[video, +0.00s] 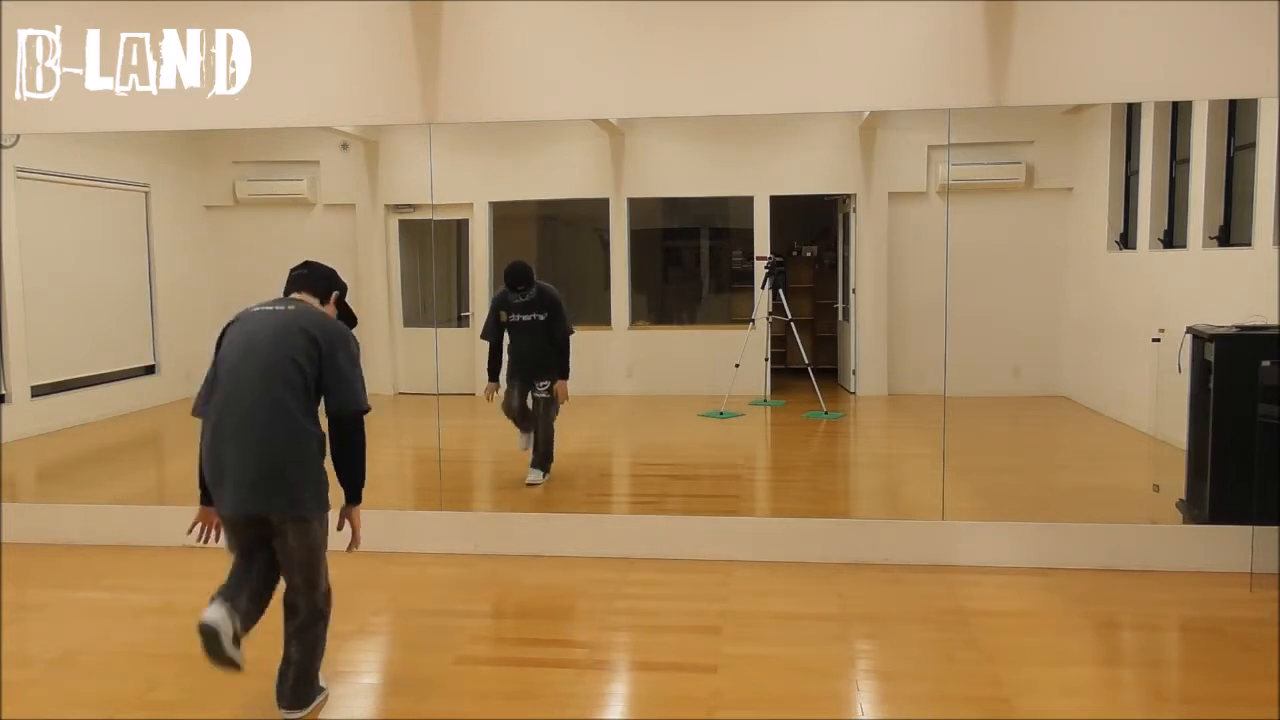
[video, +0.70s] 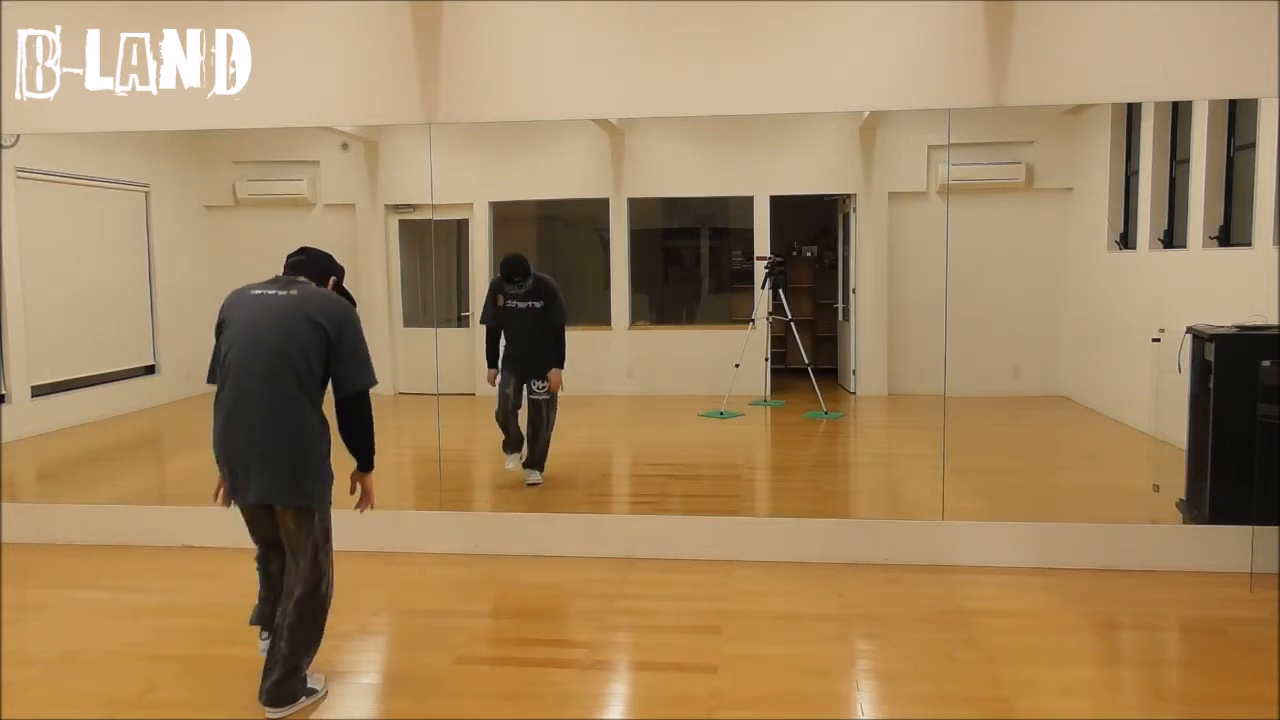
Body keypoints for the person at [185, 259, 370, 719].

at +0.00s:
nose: (335, 318)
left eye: (337, 312)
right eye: (338, 311)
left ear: (289, 293)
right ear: (330, 300)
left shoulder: (239, 323)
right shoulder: (329, 331)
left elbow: (210, 414)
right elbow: (347, 416)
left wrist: (208, 495)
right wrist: (352, 497)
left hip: (228, 466)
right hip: (291, 468)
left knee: (256, 552)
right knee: (307, 587)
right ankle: (297, 692)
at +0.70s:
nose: (338, 297)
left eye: (339, 293)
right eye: (339, 291)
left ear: (286, 275)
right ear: (328, 283)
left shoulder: (237, 301)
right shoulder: (334, 308)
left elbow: (225, 388)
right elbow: (352, 396)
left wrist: (226, 461)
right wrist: (364, 464)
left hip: (238, 452)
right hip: (295, 453)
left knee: (270, 548)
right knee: (308, 571)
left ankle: (269, 625)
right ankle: (283, 687)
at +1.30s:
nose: (343, 288)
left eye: (341, 283)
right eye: (343, 282)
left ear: (289, 275)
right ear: (334, 279)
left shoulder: (244, 305)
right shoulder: (341, 310)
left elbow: (203, 379)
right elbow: (359, 377)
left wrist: (245, 381)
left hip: (246, 470)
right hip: (311, 468)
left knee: (248, 577)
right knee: (346, 557)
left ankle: (248, 676)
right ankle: (308, 625)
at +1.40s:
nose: (348, 268)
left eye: (346, 263)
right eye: (348, 262)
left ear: (293, 257)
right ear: (342, 261)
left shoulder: (250, 296)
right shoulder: (350, 292)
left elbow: (179, 346)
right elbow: (400, 330)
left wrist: (234, 335)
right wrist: (444, 341)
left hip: (261, 468)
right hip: (329, 467)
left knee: (254, 577)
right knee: (382, 563)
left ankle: (248, 676)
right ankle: (372, 661)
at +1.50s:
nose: (355, 262)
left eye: (353, 257)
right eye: (355, 256)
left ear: (300, 253)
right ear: (348, 255)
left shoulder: (260, 295)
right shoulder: (367, 286)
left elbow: (199, 333)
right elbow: (444, 316)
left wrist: (174, 353)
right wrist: (511, 336)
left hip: (284, 465)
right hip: (355, 463)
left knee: (271, 558)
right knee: (391, 576)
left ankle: (266, 665)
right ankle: (422, 698)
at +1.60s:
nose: (366, 268)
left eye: (365, 263)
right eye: (365, 261)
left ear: (309, 259)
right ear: (358, 260)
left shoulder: (271, 306)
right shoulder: (382, 299)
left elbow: (224, 358)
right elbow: (457, 345)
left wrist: (188, 381)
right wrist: (527, 374)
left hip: (302, 469)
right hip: (374, 468)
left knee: (305, 562)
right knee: (388, 581)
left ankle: (304, 660)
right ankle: (418, 709)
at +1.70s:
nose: (371, 271)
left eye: (369, 266)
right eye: (372, 265)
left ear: (315, 260)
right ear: (365, 263)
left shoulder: (277, 309)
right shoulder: (382, 305)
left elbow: (224, 399)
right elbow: (431, 378)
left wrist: (248, 437)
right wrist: (463, 427)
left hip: (308, 484)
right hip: (375, 482)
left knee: (327, 580)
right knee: (395, 588)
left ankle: (322, 690)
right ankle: (410, 701)